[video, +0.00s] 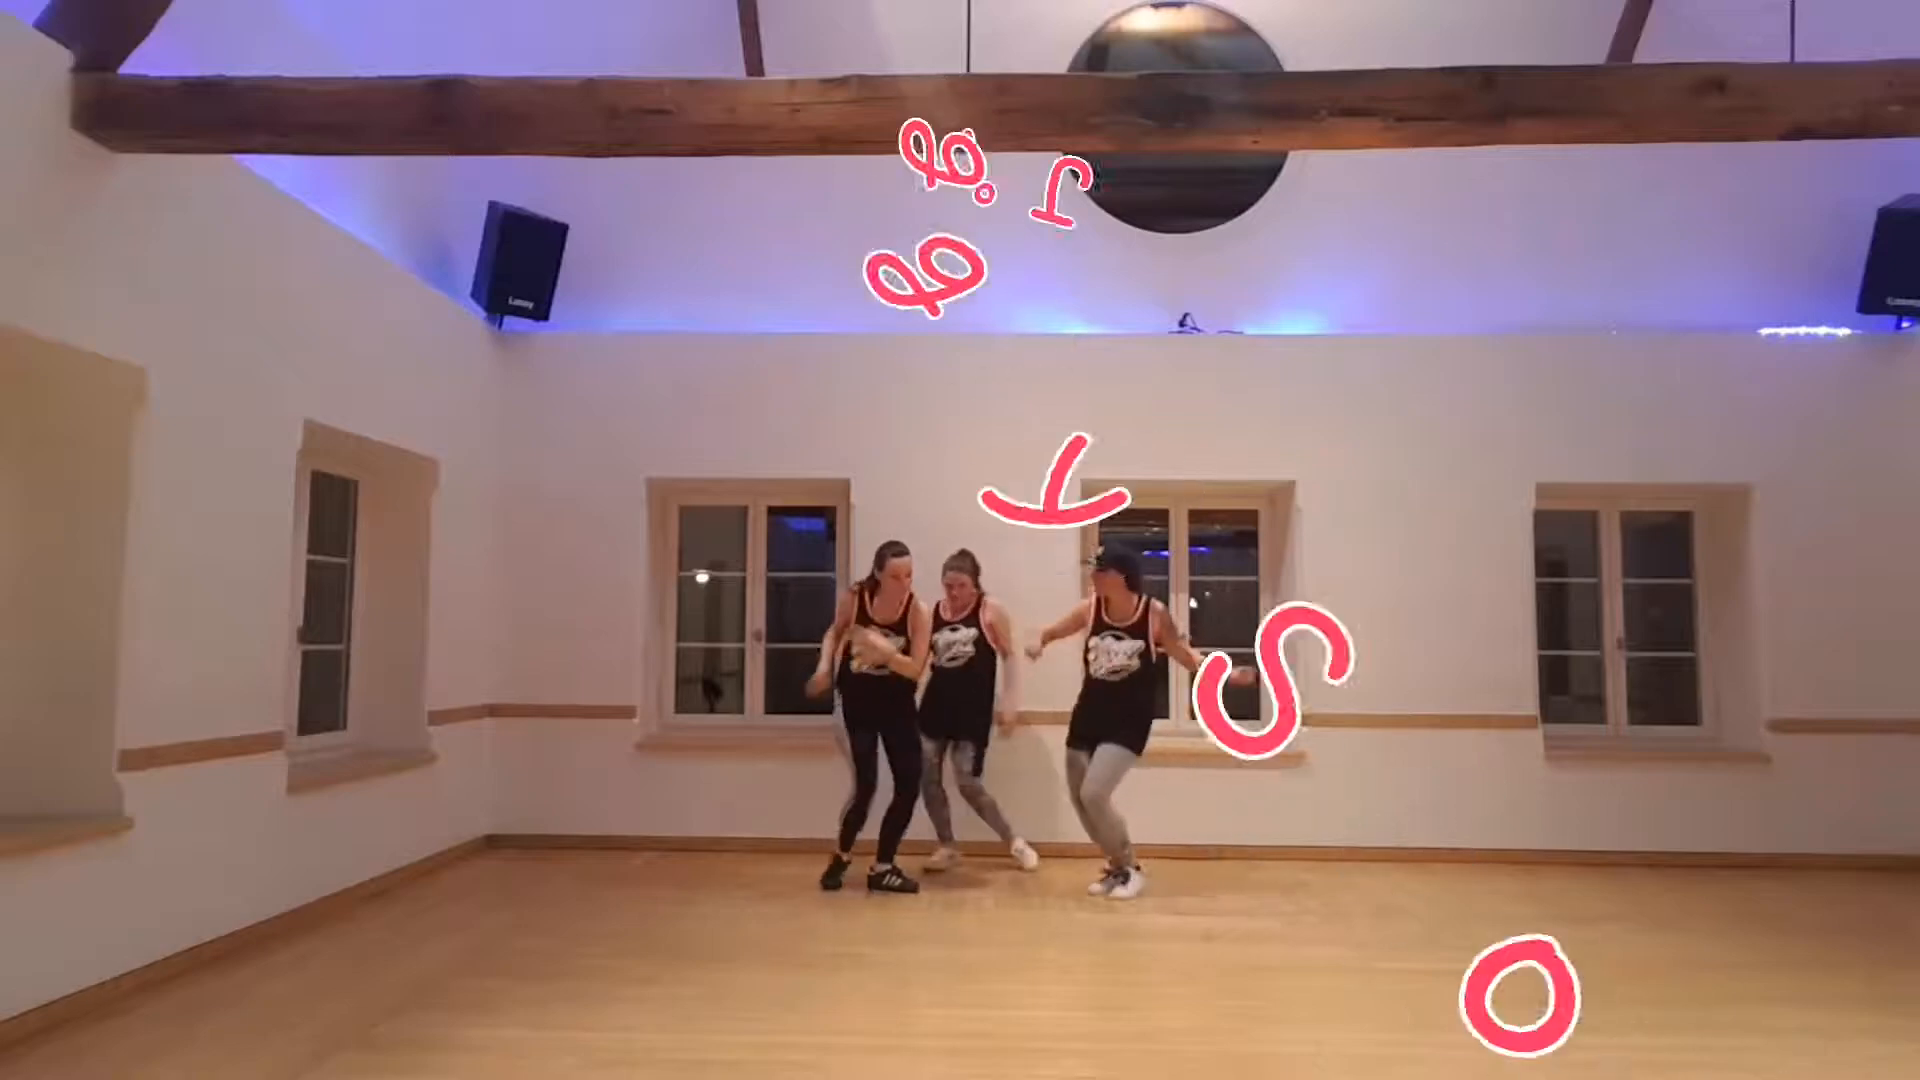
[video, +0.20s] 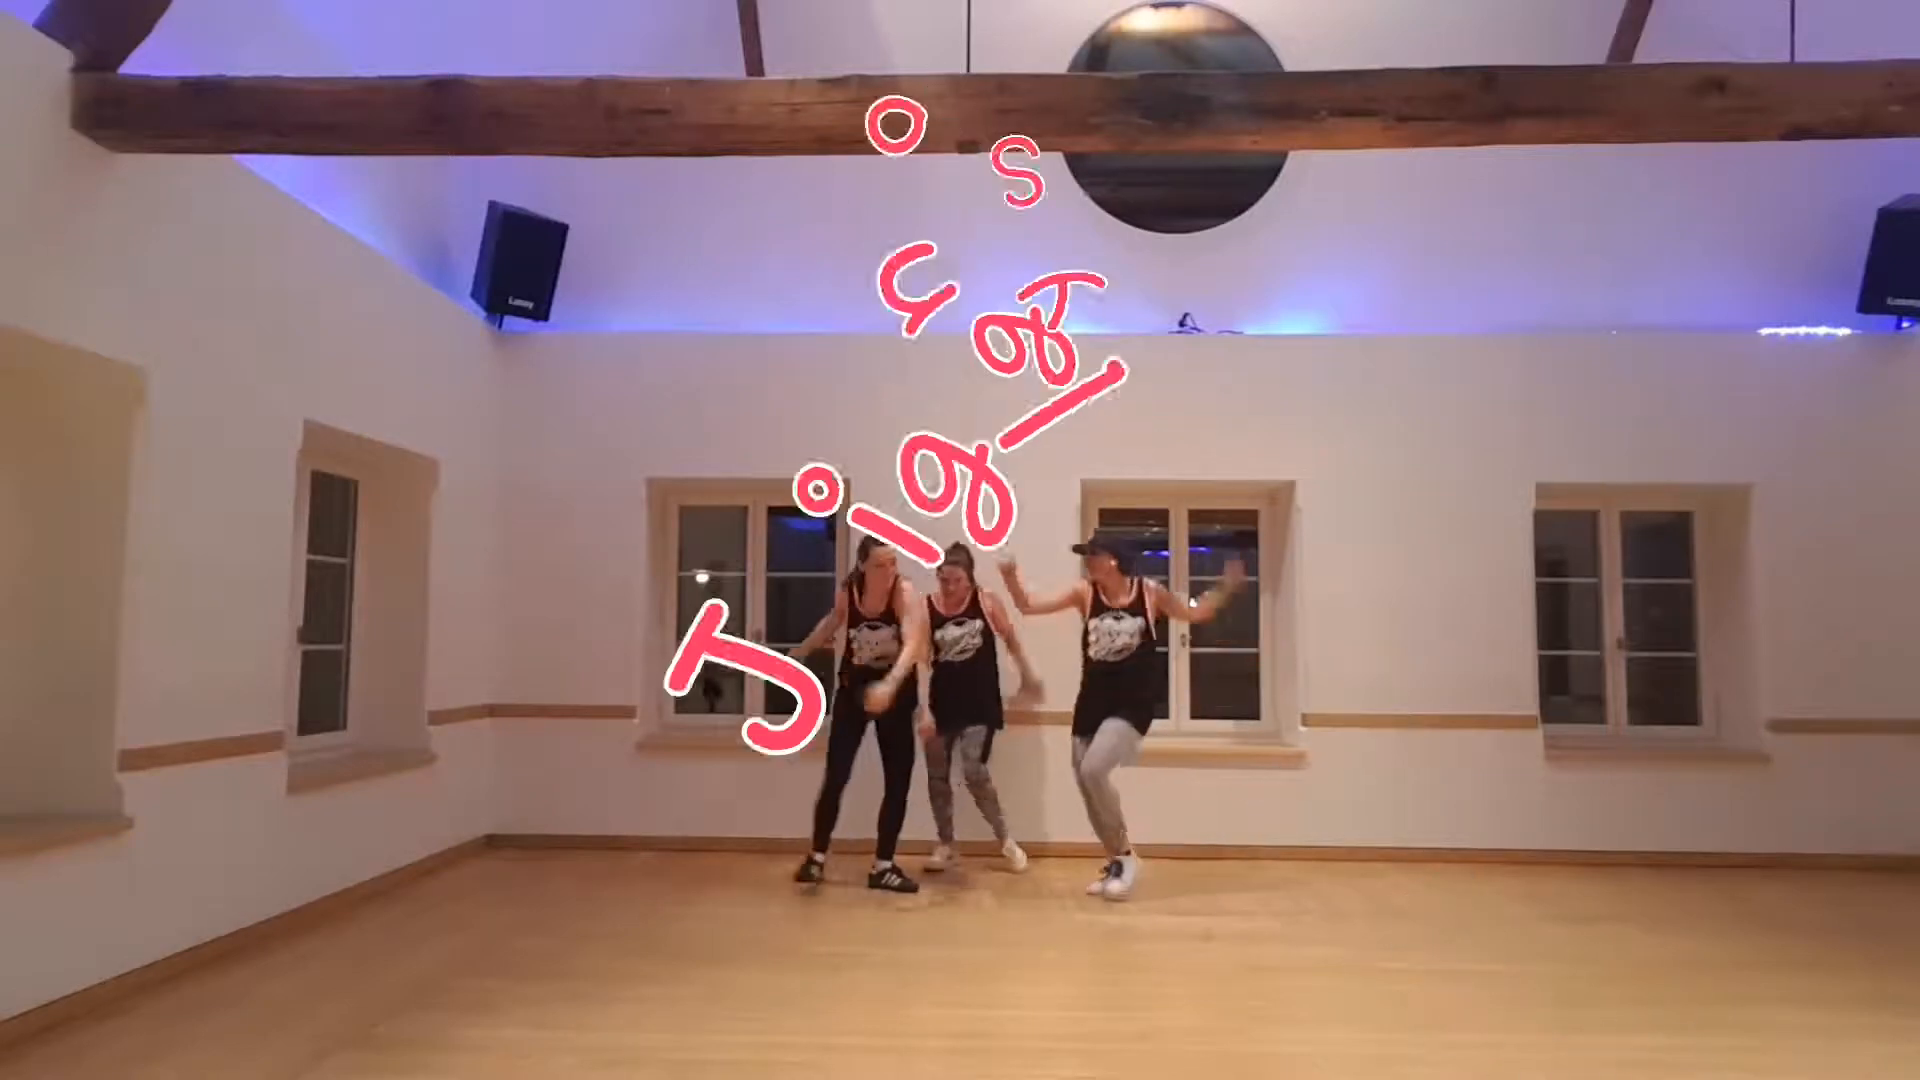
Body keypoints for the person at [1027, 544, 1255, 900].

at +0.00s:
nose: (1095, 576)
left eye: (1102, 571)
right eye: (1095, 570)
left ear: (1124, 577)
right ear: (1099, 577)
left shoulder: (1155, 617)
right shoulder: (1091, 609)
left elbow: (1189, 659)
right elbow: (1051, 633)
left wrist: (1228, 675)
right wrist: (1038, 642)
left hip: (1128, 720)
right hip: (1087, 715)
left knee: (1093, 793)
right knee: (1079, 795)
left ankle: (1127, 869)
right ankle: (1117, 867)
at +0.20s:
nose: (1088, 564)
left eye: (1094, 558)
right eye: (1087, 559)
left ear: (1114, 561)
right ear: (1094, 564)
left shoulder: (1149, 592)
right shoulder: (1084, 592)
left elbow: (1196, 613)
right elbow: (1027, 606)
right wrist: (1010, 578)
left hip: (1131, 703)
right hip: (1091, 702)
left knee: (1092, 770)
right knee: (1084, 780)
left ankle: (1125, 856)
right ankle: (1115, 862)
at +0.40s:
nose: (1079, 558)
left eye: (1084, 550)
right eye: (1078, 552)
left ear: (1105, 551)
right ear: (1087, 555)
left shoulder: (1144, 578)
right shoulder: (1080, 588)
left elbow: (1196, 574)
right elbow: (1029, 600)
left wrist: (1183, 534)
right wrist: (994, 574)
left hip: (1139, 698)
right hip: (1096, 702)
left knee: (1129, 775)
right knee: (1099, 789)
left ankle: (1127, 874)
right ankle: (1118, 868)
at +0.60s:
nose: (1076, 581)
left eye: (1080, 574)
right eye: (1074, 575)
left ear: (1102, 571)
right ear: (1086, 576)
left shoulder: (1141, 592)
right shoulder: (1080, 612)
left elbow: (1191, 564)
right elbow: (1037, 637)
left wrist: (1151, 544)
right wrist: (1002, 606)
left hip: (1144, 715)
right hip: (1096, 719)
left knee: (1150, 790)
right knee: (1095, 804)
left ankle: (1127, 881)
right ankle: (1118, 869)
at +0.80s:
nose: (1073, 568)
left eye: (1078, 560)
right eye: (1072, 562)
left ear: (1098, 561)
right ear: (1083, 566)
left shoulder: (1134, 580)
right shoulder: (1081, 608)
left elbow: (1171, 532)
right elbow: (1053, 656)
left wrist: (1128, 528)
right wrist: (1015, 634)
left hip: (1144, 703)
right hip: (1101, 709)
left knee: (1132, 776)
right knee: (1102, 790)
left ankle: (1128, 865)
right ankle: (1117, 866)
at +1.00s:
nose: (1079, 567)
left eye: (1085, 559)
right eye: (1079, 560)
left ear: (1106, 559)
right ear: (1090, 563)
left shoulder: (1131, 584)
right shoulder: (1092, 607)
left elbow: (1130, 525)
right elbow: (1092, 658)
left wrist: (1107, 497)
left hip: (1134, 706)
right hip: (1099, 709)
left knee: (1125, 781)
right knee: (1101, 788)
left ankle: (1152, 873)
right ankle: (1119, 869)